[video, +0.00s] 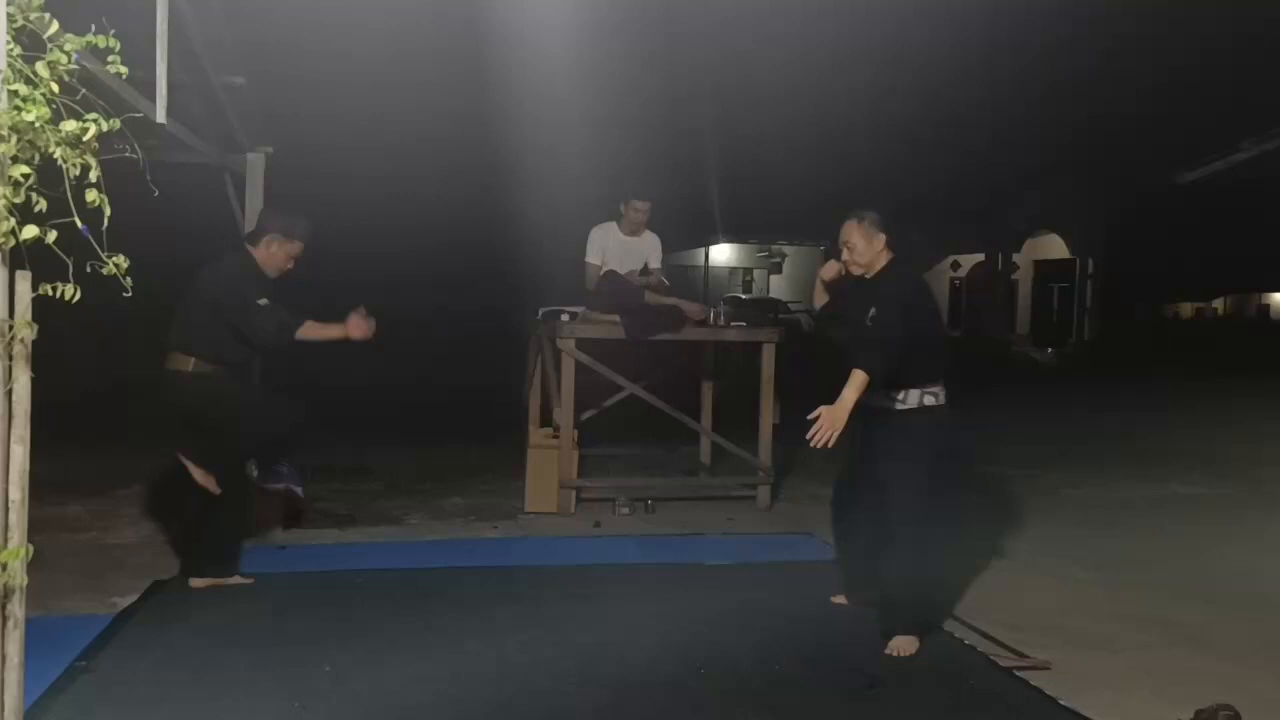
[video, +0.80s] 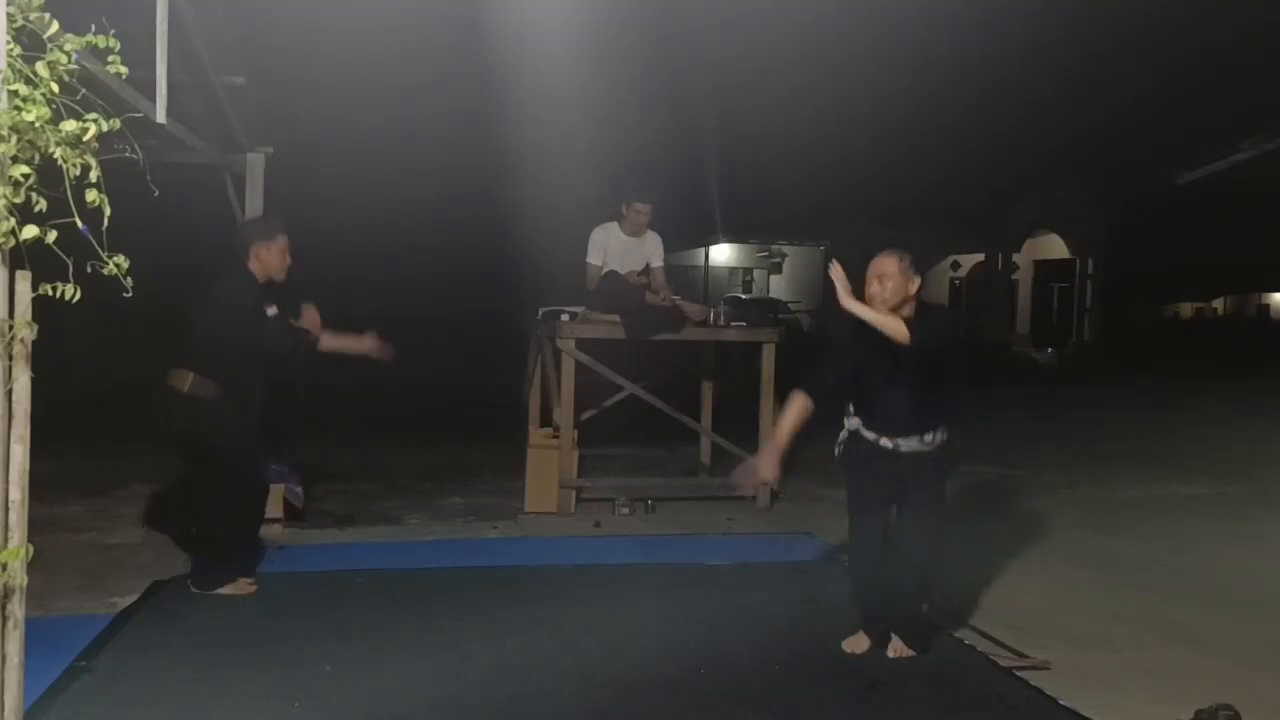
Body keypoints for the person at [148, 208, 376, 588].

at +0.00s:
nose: (291, 266)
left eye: (295, 259)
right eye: (290, 256)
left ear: (268, 245)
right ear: (268, 243)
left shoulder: (234, 270)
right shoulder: (238, 276)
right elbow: (278, 328)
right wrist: (345, 330)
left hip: (194, 378)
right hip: (199, 383)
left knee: (221, 475)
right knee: (225, 476)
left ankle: (211, 567)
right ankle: (208, 569)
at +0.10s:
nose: (295, 266)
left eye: (298, 260)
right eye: (295, 257)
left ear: (274, 244)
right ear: (274, 243)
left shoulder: (254, 273)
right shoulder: (241, 273)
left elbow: (291, 334)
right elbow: (274, 333)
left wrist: (342, 358)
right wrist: (291, 294)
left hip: (205, 379)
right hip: (193, 380)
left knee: (222, 478)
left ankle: (210, 569)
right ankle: (203, 459)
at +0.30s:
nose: (304, 305)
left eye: (307, 299)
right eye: (303, 297)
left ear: (282, 287)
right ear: (280, 285)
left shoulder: (269, 320)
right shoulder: (249, 317)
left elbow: (276, 385)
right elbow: (275, 386)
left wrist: (322, 405)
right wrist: (309, 347)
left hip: (249, 421)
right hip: (228, 422)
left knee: (241, 493)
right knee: (219, 494)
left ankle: (227, 566)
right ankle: (205, 572)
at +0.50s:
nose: (306, 337)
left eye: (306, 329)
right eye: (302, 328)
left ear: (276, 326)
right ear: (276, 326)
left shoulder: (257, 357)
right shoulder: (249, 359)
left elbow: (266, 433)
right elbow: (278, 430)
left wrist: (299, 476)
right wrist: (332, 432)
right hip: (187, 455)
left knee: (279, 498)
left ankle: (234, 564)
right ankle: (213, 575)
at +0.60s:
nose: (300, 314)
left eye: (300, 305)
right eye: (295, 305)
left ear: (274, 306)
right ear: (270, 305)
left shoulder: (259, 339)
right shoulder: (246, 340)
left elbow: (274, 408)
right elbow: (283, 403)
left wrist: (309, 454)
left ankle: (240, 562)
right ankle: (215, 575)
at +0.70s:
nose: (294, 279)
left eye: (294, 271)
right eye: (288, 271)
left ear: (266, 272)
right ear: (263, 272)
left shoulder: (268, 312)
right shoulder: (244, 316)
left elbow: (297, 369)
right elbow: (293, 370)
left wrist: (343, 395)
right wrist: (308, 327)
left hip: (255, 421)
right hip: (238, 426)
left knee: (251, 496)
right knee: (238, 498)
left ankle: (236, 566)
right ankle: (216, 575)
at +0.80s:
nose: (288, 260)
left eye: (288, 251)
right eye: (282, 252)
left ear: (262, 253)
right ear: (259, 252)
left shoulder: (255, 290)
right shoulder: (237, 294)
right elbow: (278, 340)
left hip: (236, 405)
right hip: (220, 408)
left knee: (239, 483)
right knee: (233, 485)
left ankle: (232, 566)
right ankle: (215, 575)